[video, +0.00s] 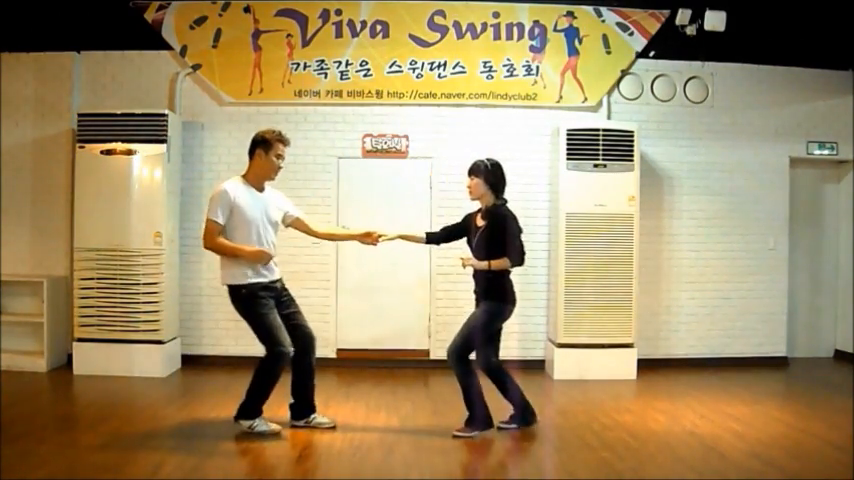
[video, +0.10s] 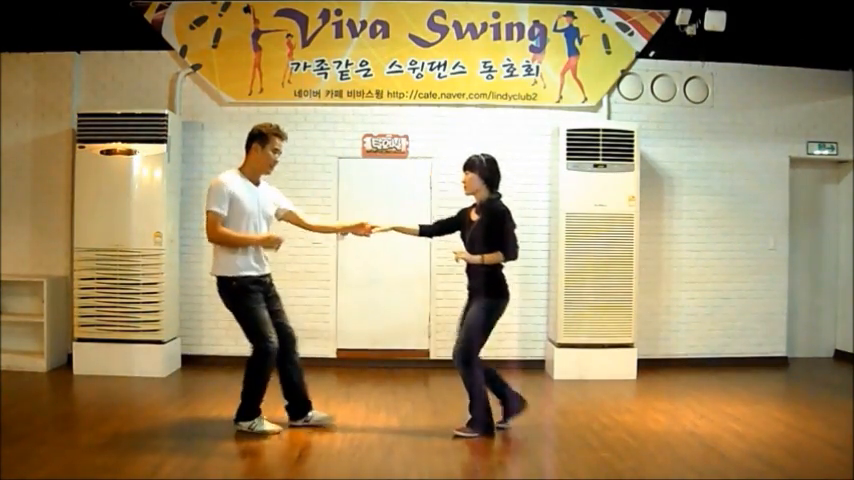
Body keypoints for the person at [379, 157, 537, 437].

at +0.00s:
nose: (468, 183)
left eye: (473, 178)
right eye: (469, 178)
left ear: (488, 182)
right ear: (479, 183)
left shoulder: (505, 217)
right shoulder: (473, 219)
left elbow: (516, 259)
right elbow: (437, 237)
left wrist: (480, 264)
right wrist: (397, 235)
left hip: (499, 301)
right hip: (485, 301)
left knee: (457, 353)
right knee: (488, 362)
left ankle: (479, 419)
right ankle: (524, 412)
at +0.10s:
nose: (463, 178)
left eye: (468, 173)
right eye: (464, 173)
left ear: (483, 177)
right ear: (474, 178)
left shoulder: (499, 212)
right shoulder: (467, 214)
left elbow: (509, 253)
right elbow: (431, 230)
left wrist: (473, 258)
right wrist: (391, 227)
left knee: (464, 355)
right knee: (464, 356)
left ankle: (480, 422)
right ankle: (511, 399)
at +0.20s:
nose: (454, 176)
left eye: (459, 170)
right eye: (455, 170)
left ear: (473, 174)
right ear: (466, 175)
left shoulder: (487, 209)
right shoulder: (459, 211)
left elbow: (496, 250)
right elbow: (422, 227)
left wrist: (461, 254)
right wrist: (383, 222)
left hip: (482, 294)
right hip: (465, 293)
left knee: (463, 357)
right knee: (441, 347)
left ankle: (482, 423)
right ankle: (482, 396)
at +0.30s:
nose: (440, 178)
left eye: (445, 173)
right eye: (441, 172)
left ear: (458, 177)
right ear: (454, 177)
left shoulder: (471, 213)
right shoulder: (446, 213)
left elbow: (474, 254)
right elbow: (410, 230)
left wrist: (439, 255)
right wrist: (371, 227)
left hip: (467, 297)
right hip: (451, 297)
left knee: (455, 361)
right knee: (419, 344)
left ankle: (482, 422)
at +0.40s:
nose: (422, 181)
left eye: (427, 176)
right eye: (424, 176)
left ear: (441, 182)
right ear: (437, 182)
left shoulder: (448, 216)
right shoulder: (429, 217)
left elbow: (448, 260)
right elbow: (396, 236)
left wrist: (415, 259)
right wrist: (357, 235)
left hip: (445, 302)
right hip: (432, 301)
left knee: (444, 364)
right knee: (401, 350)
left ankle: (481, 421)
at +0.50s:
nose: (402, 180)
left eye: (407, 175)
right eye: (404, 175)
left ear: (420, 180)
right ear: (416, 180)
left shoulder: (425, 214)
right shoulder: (413, 213)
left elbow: (418, 258)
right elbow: (382, 238)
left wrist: (387, 255)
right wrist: (344, 238)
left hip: (418, 298)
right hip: (405, 298)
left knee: (413, 362)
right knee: (378, 350)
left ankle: (467, 407)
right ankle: (373, 416)